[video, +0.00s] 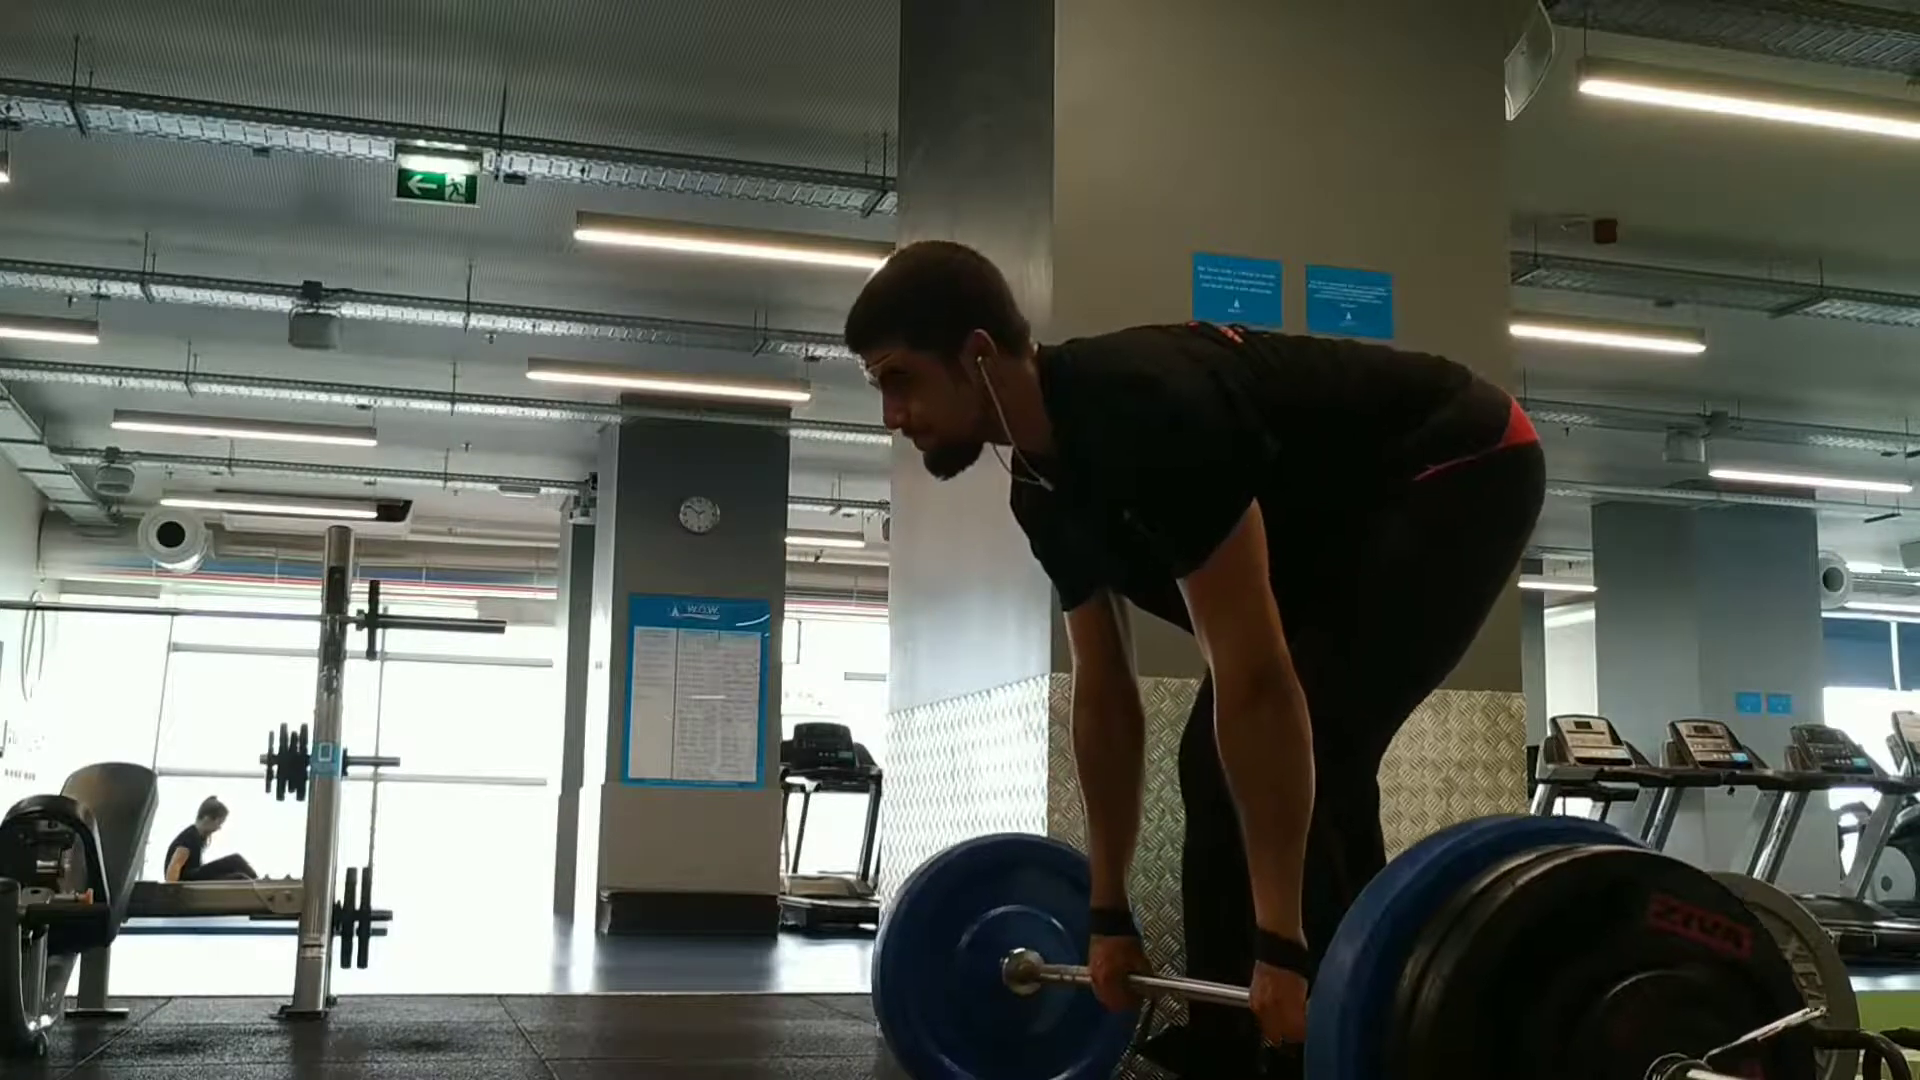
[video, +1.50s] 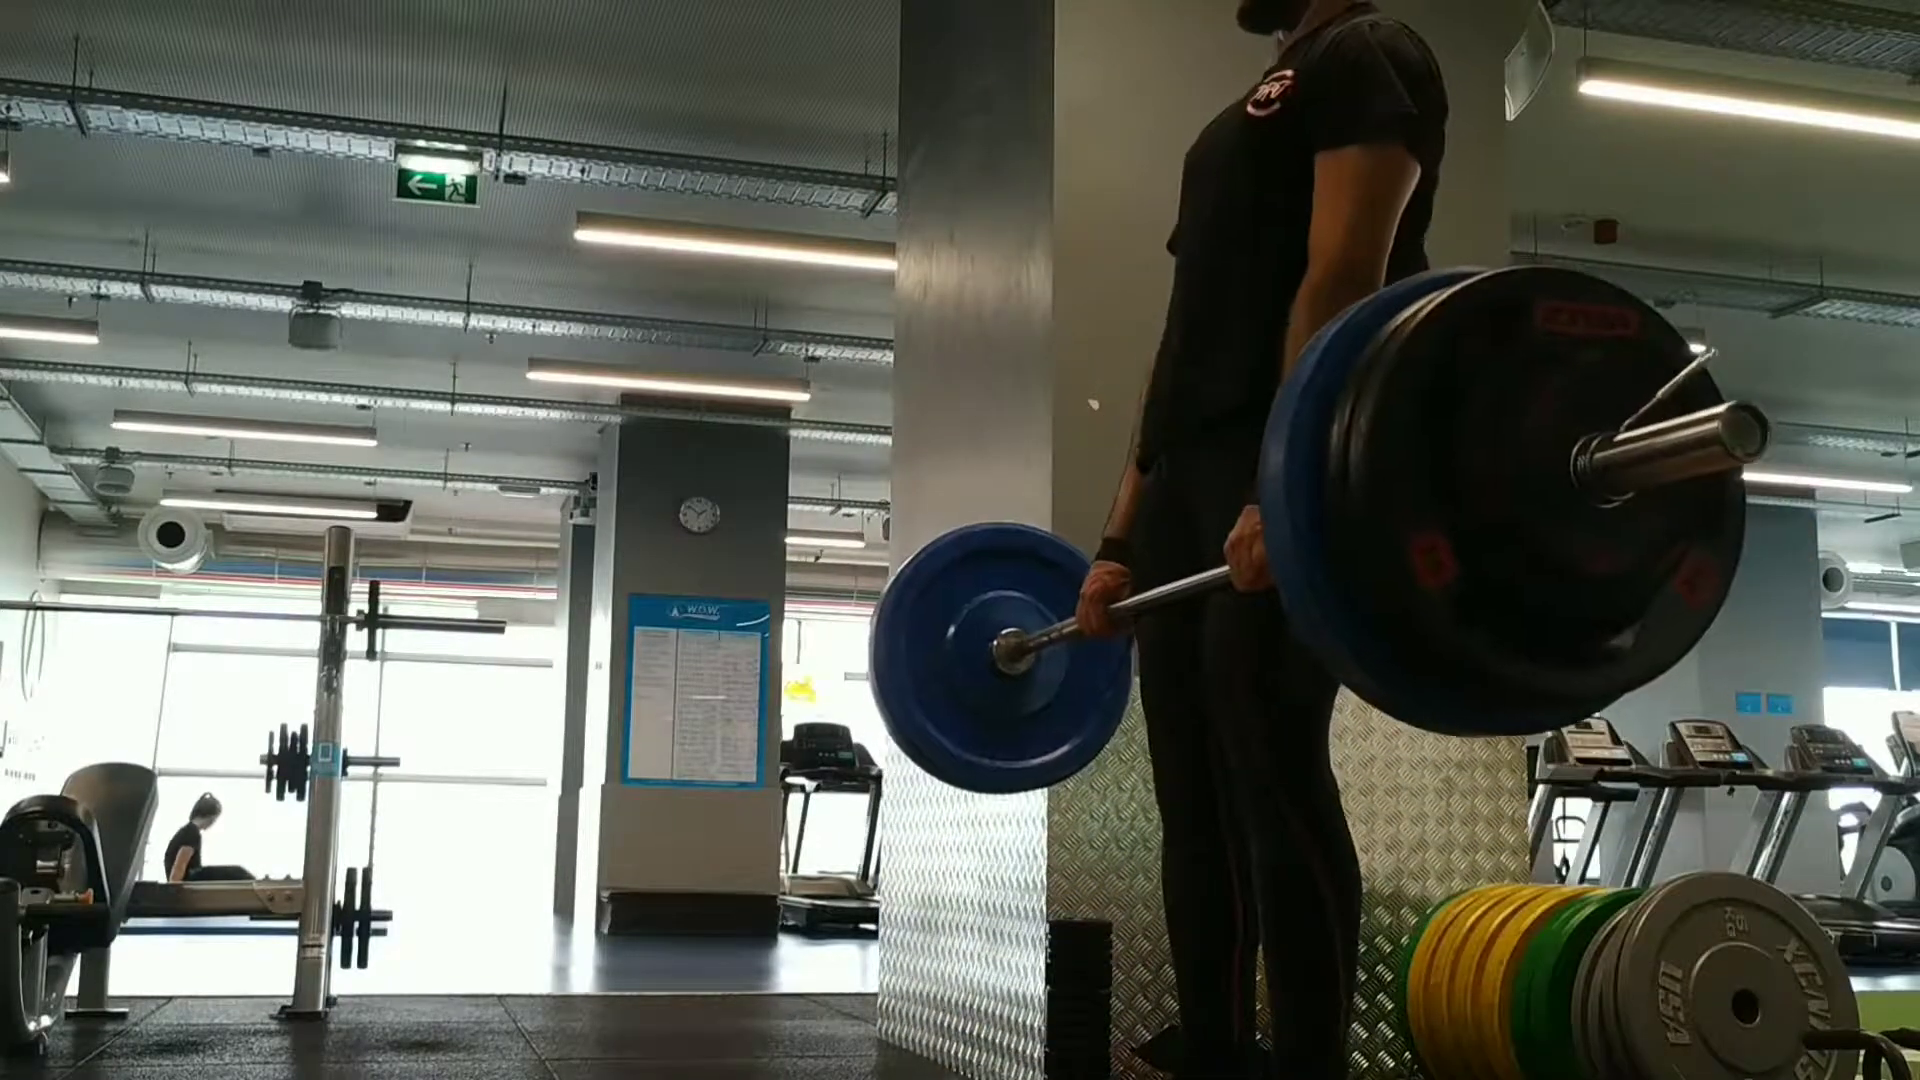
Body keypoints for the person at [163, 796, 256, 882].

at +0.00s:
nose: (219, 827)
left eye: (221, 823)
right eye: (219, 822)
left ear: (207, 819)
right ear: (207, 818)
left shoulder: (198, 837)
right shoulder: (191, 836)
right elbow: (174, 867)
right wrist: (170, 893)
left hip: (193, 877)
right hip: (185, 879)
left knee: (238, 877)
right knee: (235, 860)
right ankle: (259, 885)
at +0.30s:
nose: (217, 827)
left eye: (218, 823)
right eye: (217, 822)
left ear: (206, 819)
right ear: (206, 819)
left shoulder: (195, 837)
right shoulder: (190, 836)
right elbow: (173, 868)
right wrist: (171, 894)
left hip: (192, 876)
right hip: (185, 880)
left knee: (238, 877)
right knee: (235, 860)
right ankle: (259, 886)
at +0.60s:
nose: (215, 826)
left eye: (217, 822)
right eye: (215, 821)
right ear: (206, 818)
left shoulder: (195, 836)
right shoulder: (189, 835)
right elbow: (172, 866)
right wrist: (171, 891)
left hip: (191, 876)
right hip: (186, 878)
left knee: (237, 865)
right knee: (237, 864)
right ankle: (259, 889)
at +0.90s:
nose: (215, 822)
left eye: (217, 819)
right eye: (216, 818)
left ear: (199, 812)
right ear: (209, 816)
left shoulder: (194, 832)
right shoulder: (193, 832)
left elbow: (181, 864)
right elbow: (180, 864)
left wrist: (171, 890)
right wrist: (171, 890)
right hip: (188, 877)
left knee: (237, 869)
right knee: (237, 870)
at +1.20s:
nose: (213, 821)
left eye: (214, 818)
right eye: (214, 818)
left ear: (196, 812)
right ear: (211, 817)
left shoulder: (185, 831)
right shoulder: (194, 833)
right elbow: (180, 868)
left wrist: (171, 891)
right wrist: (172, 892)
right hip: (191, 877)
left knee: (236, 872)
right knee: (237, 872)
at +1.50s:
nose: (214, 822)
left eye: (215, 819)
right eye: (214, 818)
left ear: (198, 811)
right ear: (209, 816)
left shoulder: (188, 831)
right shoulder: (192, 833)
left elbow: (179, 865)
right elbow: (179, 866)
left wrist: (172, 891)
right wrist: (172, 891)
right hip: (189, 879)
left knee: (236, 871)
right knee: (237, 872)